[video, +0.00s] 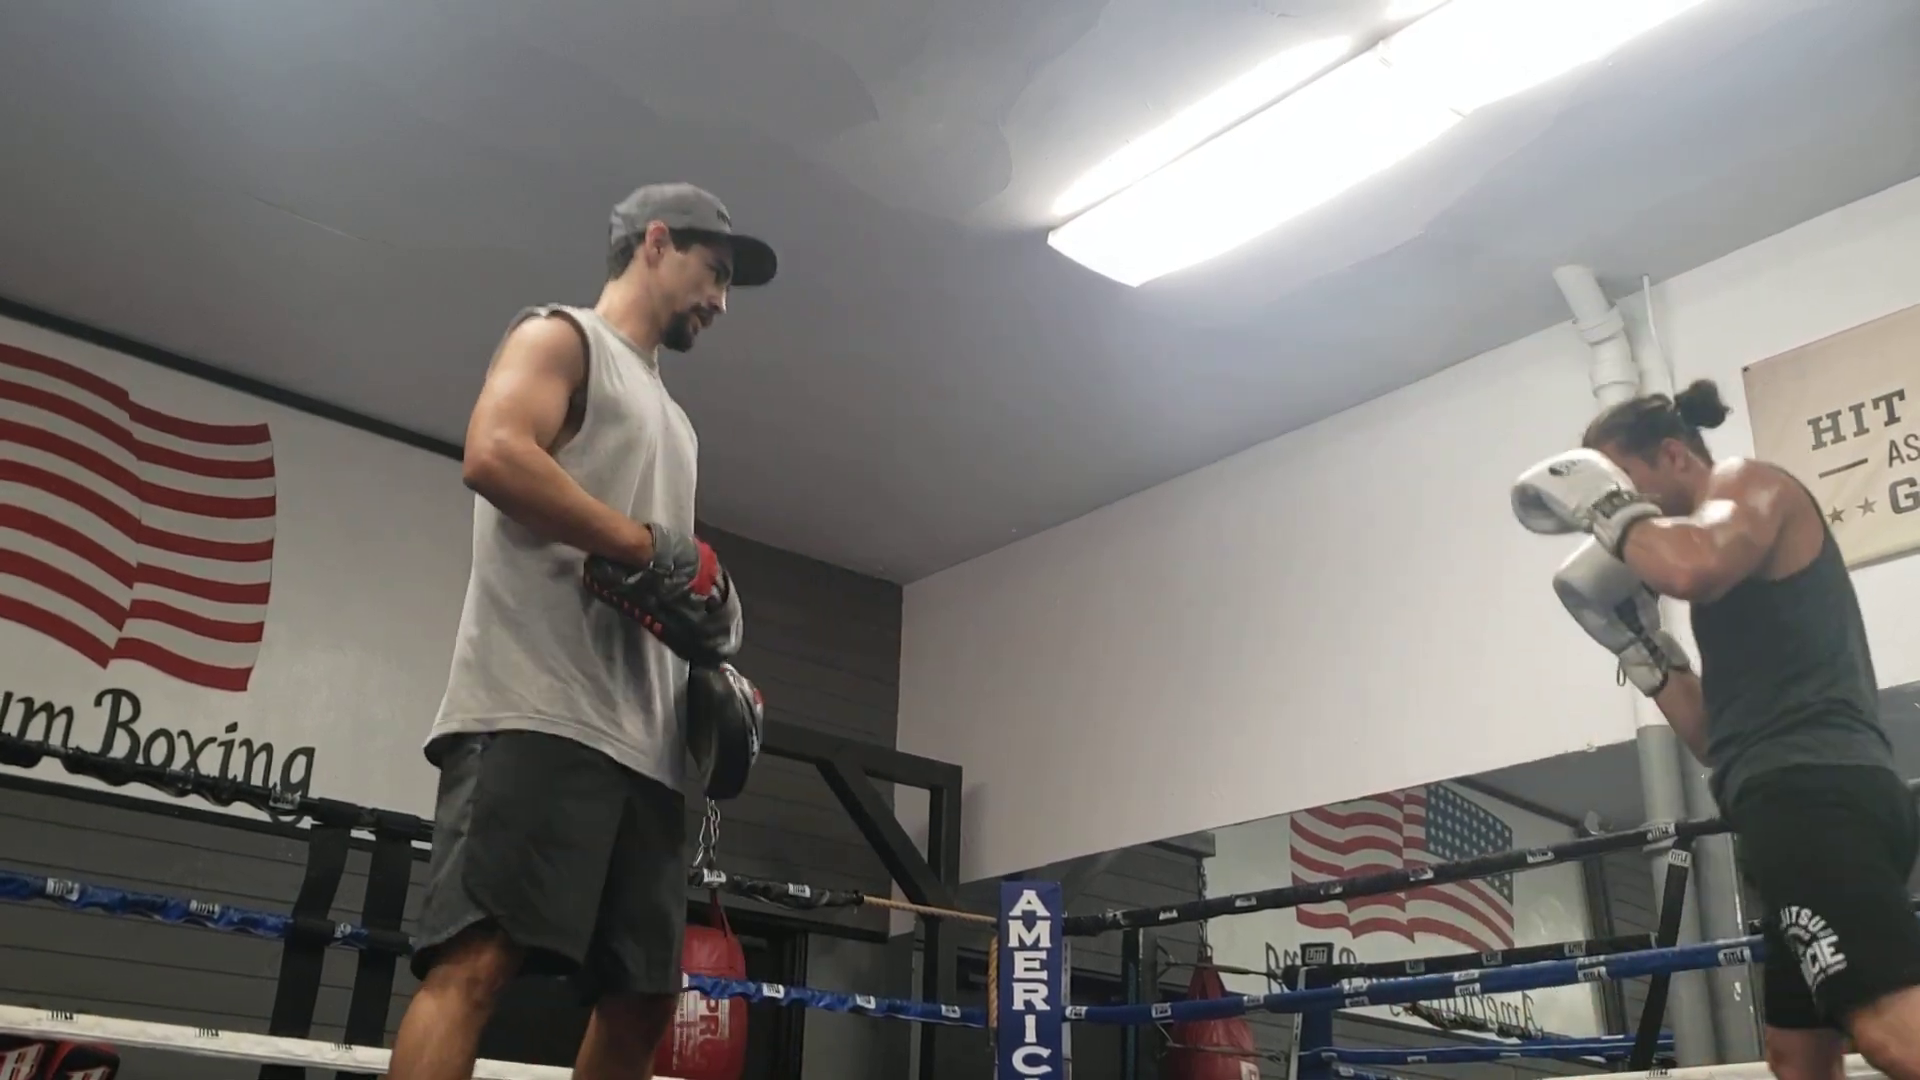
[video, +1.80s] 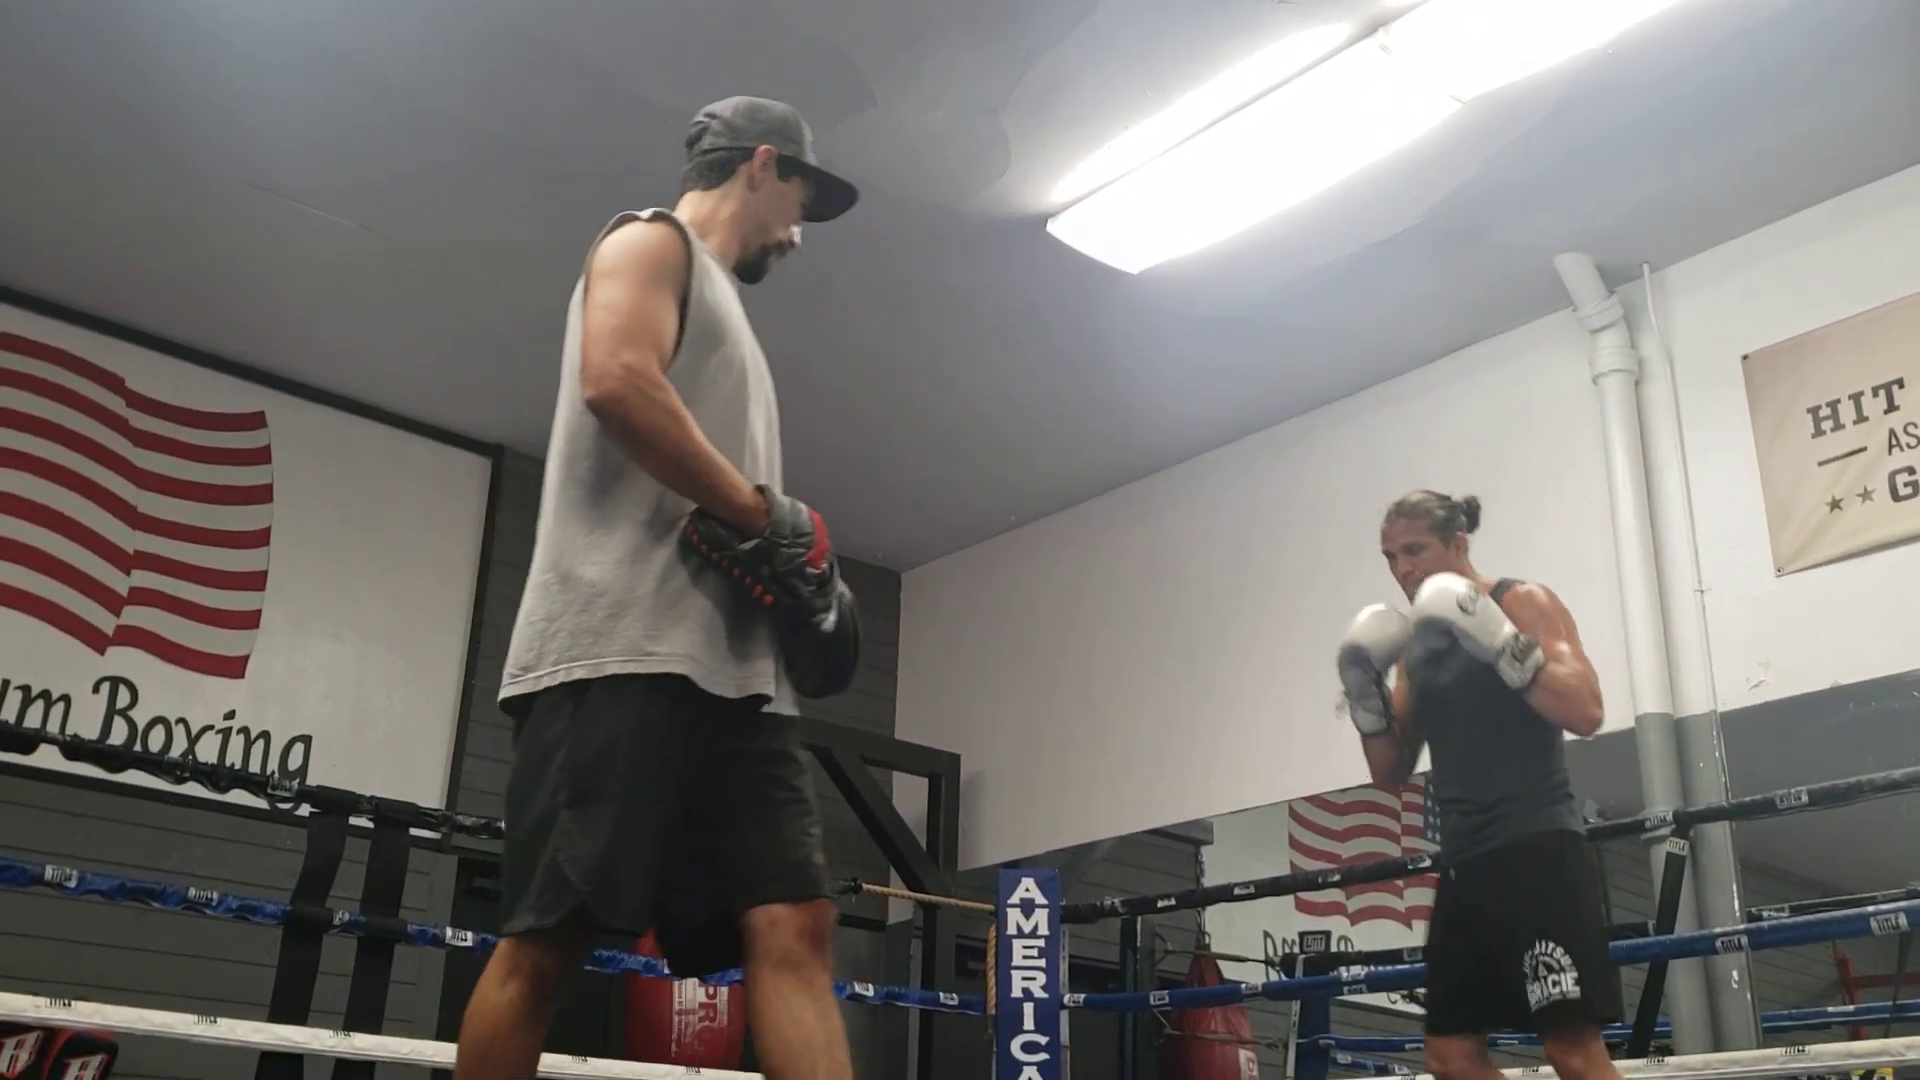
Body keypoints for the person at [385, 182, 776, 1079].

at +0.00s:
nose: (721, 300)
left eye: (730, 285)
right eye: (714, 269)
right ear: (654, 242)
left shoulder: (673, 422)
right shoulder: (557, 335)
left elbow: (663, 573)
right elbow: (496, 454)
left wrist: (713, 668)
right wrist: (652, 550)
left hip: (642, 736)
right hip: (534, 704)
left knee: (640, 1000)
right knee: (474, 962)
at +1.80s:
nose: (801, 230)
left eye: (810, 211)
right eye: (804, 199)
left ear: (749, 174)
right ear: (760, 166)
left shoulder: (722, 314)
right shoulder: (650, 242)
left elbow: (714, 481)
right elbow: (616, 380)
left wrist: (797, 575)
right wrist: (769, 516)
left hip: (727, 669)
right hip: (615, 648)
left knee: (793, 924)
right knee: (541, 941)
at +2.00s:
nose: (888, 231)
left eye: (895, 211)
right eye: (892, 198)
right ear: (858, 161)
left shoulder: (823, 318)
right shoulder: (748, 210)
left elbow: (818, 479)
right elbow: (717, 336)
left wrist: (913, 554)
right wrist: (862, 483)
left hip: (847, 658)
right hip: (727, 630)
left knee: (885, 938)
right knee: (636, 936)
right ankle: (520, 1075)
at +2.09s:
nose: (928, 218)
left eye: (936, 199)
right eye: (932, 188)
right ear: (897, 154)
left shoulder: (863, 301)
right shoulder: (793, 196)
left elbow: (864, 458)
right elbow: (771, 323)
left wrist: (969, 523)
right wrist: (925, 459)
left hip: (890, 642)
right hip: (784, 615)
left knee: (913, 940)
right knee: (751, 916)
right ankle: (576, 1073)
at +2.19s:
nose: (973, 195)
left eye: (981, 178)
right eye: (974, 166)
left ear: (914, 140)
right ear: (939, 135)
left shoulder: (910, 277)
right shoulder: (841, 181)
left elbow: (902, 442)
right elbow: (826, 307)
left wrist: (1003, 487)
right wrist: (989, 434)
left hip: (931, 610)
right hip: (852, 588)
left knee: (936, 926)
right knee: (891, 883)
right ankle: (679, 1069)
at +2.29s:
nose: (1014, 173)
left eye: (1021, 156)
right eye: (1017, 146)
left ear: (941, 114)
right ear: (987, 114)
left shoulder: (944, 249)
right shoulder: (898, 159)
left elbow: (932, 425)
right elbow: (878, 290)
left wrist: (1031, 468)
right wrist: (1033, 413)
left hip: (937, 575)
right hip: (907, 563)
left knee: (952, 874)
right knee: (1010, 845)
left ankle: (905, 1063)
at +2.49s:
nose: (1100, 144)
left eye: (1104, 138)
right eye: (1103, 124)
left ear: (988, 94)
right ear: (1079, 93)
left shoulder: (917, 216)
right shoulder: (1031, 129)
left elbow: (976, 401)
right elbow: (1027, 274)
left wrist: (1119, 468)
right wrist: (1157, 437)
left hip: (931, 593)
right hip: (1023, 571)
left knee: (942, 937)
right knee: (1136, 868)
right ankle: (1212, 1072)